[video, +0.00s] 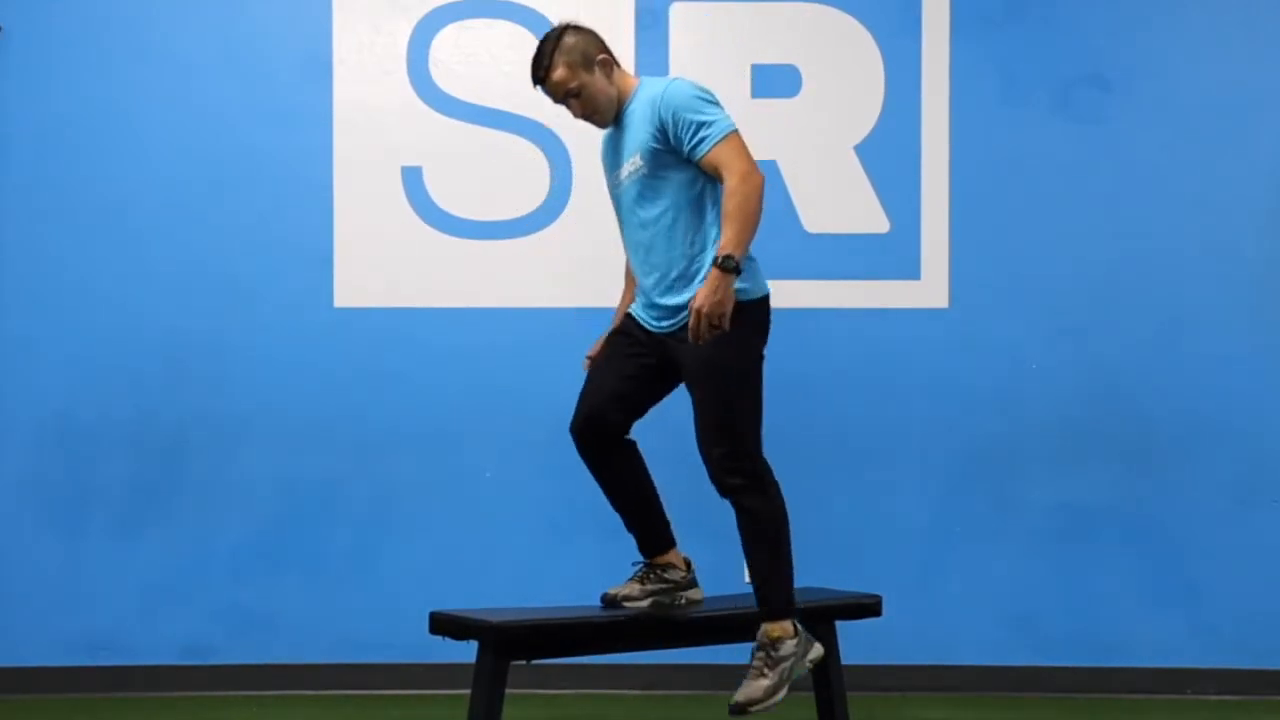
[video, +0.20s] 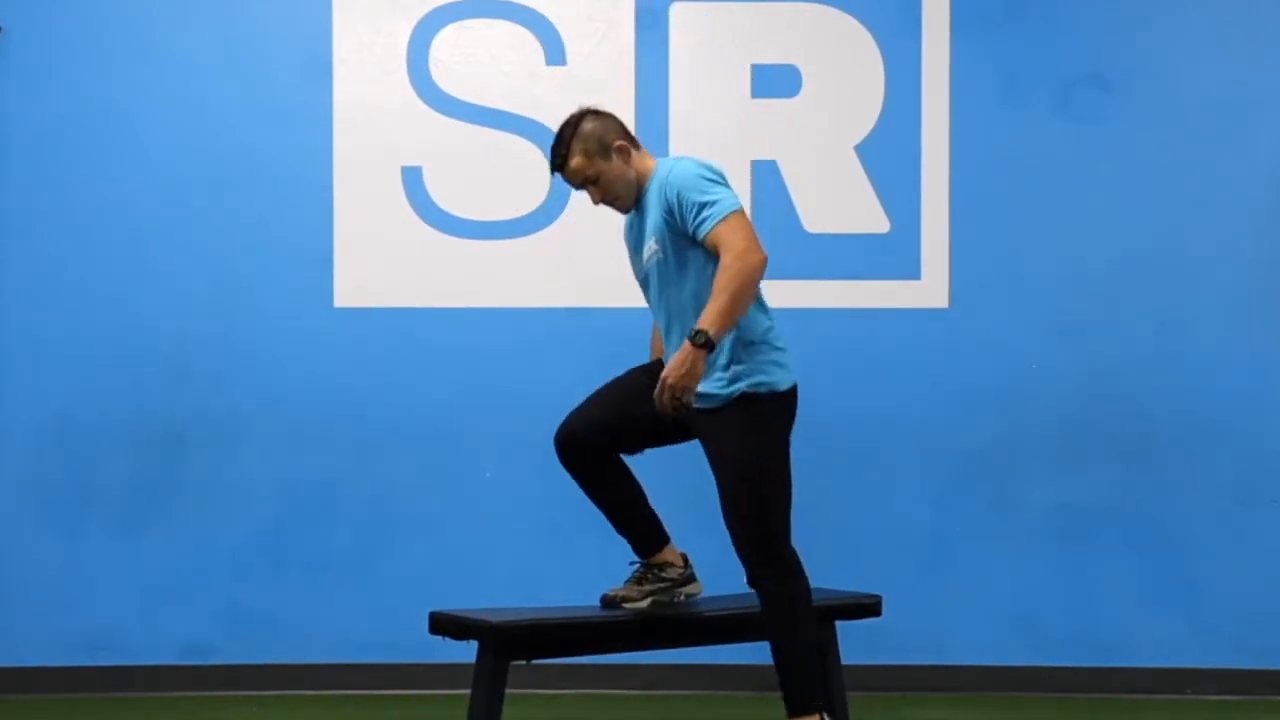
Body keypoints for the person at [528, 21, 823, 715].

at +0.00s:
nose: (570, 110)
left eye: (569, 94)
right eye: (560, 102)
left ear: (604, 63)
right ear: (578, 88)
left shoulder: (672, 100)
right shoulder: (614, 144)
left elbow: (745, 177)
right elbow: (643, 254)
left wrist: (723, 270)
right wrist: (618, 333)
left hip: (718, 311)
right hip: (652, 321)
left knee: (736, 465)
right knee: (595, 426)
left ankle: (782, 634)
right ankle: (667, 566)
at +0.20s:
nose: (590, 197)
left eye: (589, 181)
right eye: (581, 189)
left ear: (623, 151)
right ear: (613, 164)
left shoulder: (682, 181)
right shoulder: (638, 223)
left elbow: (746, 255)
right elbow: (665, 319)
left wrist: (697, 346)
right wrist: (659, 386)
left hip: (745, 389)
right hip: (685, 385)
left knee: (767, 558)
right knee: (579, 440)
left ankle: (810, 709)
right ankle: (665, 566)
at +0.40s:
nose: (635, 236)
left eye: (634, 220)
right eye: (625, 226)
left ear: (666, 190)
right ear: (660, 197)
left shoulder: (734, 234)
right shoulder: (678, 259)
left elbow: (779, 336)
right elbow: (705, 367)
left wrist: (741, 433)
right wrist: (698, 452)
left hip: (777, 430)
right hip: (714, 417)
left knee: (768, 595)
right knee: (593, 435)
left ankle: (827, 712)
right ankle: (667, 560)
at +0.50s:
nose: (649, 222)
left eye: (650, 206)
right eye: (641, 212)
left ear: (685, 179)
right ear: (675, 184)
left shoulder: (753, 228)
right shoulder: (694, 245)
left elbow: (811, 324)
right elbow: (711, 349)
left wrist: (798, 433)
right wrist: (701, 438)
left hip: (779, 430)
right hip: (719, 411)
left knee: (788, 595)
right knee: (601, 431)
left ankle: (829, 713)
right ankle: (667, 561)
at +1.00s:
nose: (737, 188)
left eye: (742, 173)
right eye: (729, 176)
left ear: (784, 154)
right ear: (728, 167)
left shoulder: (850, 215)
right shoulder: (756, 220)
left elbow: (903, 320)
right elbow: (752, 320)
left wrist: (872, 418)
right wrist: (714, 414)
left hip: (814, 427)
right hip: (751, 390)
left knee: (815, 591)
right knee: (630, 404)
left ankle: (836, 715)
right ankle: (697, 529)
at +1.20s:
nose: (749, 184)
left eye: (756, 169)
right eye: (741, 172)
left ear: (797, 151)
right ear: (741, 163)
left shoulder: (860, 215)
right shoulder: (767, 212)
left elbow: (905, 322)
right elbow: (766, 314)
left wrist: (873, 418)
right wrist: (727, 394)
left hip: (825, 428)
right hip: (757, 407)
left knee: (823, 597)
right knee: (662, 482)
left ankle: (839, 715)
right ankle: (765, 605)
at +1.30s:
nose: (752, 185)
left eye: (759, 170)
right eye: (744, 173)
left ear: (798, 149)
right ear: (747, 163)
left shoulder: (863, 216)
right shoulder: (766, 216)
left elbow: (908, 324)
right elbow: (766, 321)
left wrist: (880, 419)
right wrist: (723, 408)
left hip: (827, 434)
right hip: (753, 424)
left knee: (825, 599)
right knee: (699, 537)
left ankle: (840, 715)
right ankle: (778, 675)